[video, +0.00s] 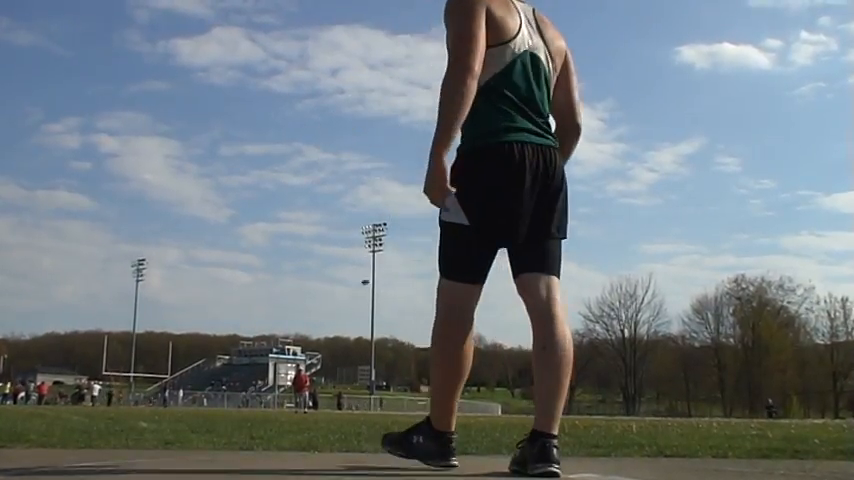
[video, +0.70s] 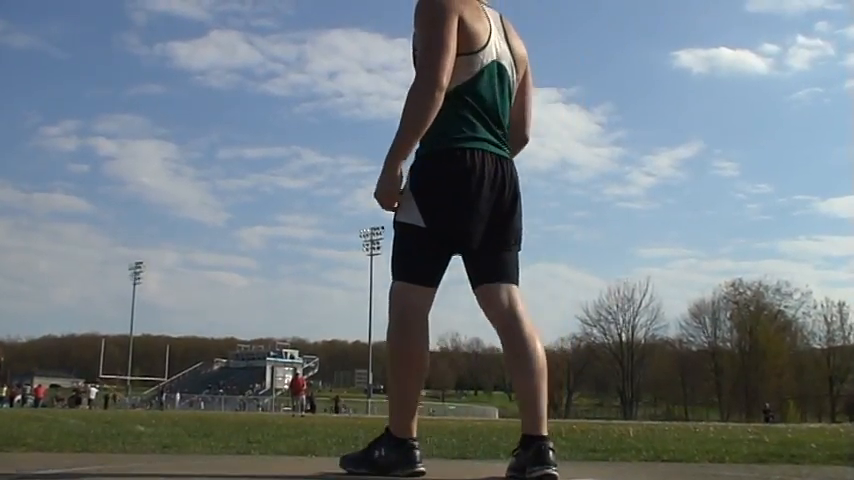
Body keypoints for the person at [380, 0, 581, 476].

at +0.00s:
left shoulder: (472, 4)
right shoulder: (550, 30)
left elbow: (465, 72)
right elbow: (571, 123)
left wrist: (437, 158)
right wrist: (543, 172)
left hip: (487, 165)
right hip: (546, 170)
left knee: (456, 305)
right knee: (547, 301)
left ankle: (438, 434)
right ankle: (544, 444)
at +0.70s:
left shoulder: (441, 6)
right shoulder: (512, 36)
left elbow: (431, 86)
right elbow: (518, 132)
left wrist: (392, 165)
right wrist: (474, 166)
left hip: (443, 172)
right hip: (499, 178)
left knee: (408, 306)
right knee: (508, 307)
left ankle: (398, 441)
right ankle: (537, 446)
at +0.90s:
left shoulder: (405, 6)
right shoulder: (477, 36)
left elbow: (394, 83)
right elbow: (480, 131)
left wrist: (359, 164)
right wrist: (435, 162)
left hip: (409, 167)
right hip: (462, 173)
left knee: (393, 310)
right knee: (449, 304)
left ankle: (399, 443)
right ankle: (518, 419)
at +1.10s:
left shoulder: (376, 6)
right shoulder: (446, 34)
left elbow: (362, 88)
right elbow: (453, 126)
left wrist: (325, 168)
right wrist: (413, 163)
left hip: (393, 165)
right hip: (437, 169)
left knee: (383, 306)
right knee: (400, 303)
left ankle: (398, 443)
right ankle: (443, 425)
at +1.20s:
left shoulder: (363, 7)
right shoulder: (431, 35)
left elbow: (351, 90)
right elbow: (440, 127)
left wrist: (314, 169)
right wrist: (410, 171)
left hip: (386, 166)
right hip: (424, 169)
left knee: (376, 301)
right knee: (379, 301)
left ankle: (398, 443)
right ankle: (392, 438)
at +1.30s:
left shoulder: (349, 11)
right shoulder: (417, 39)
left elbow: (339, 99)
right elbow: (428, 129)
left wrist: (304, 174)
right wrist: (411, 184)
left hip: (375, 170)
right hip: (412, 173)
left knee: (374, 301)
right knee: (353, 299)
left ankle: (399, 444)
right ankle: (337, 434)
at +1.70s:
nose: (276, 10)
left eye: (277, 5)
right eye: (277, 7)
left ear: (288, 3)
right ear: (323, 7)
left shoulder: (293, 26)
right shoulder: (359, 62)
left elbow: (286, 100)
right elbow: (365, 147)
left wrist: (251, 177)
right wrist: (355, 206)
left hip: (312, 182)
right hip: (349, 188)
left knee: (300, 308)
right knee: (306, 314)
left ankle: (377, 419)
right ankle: (283, 440)